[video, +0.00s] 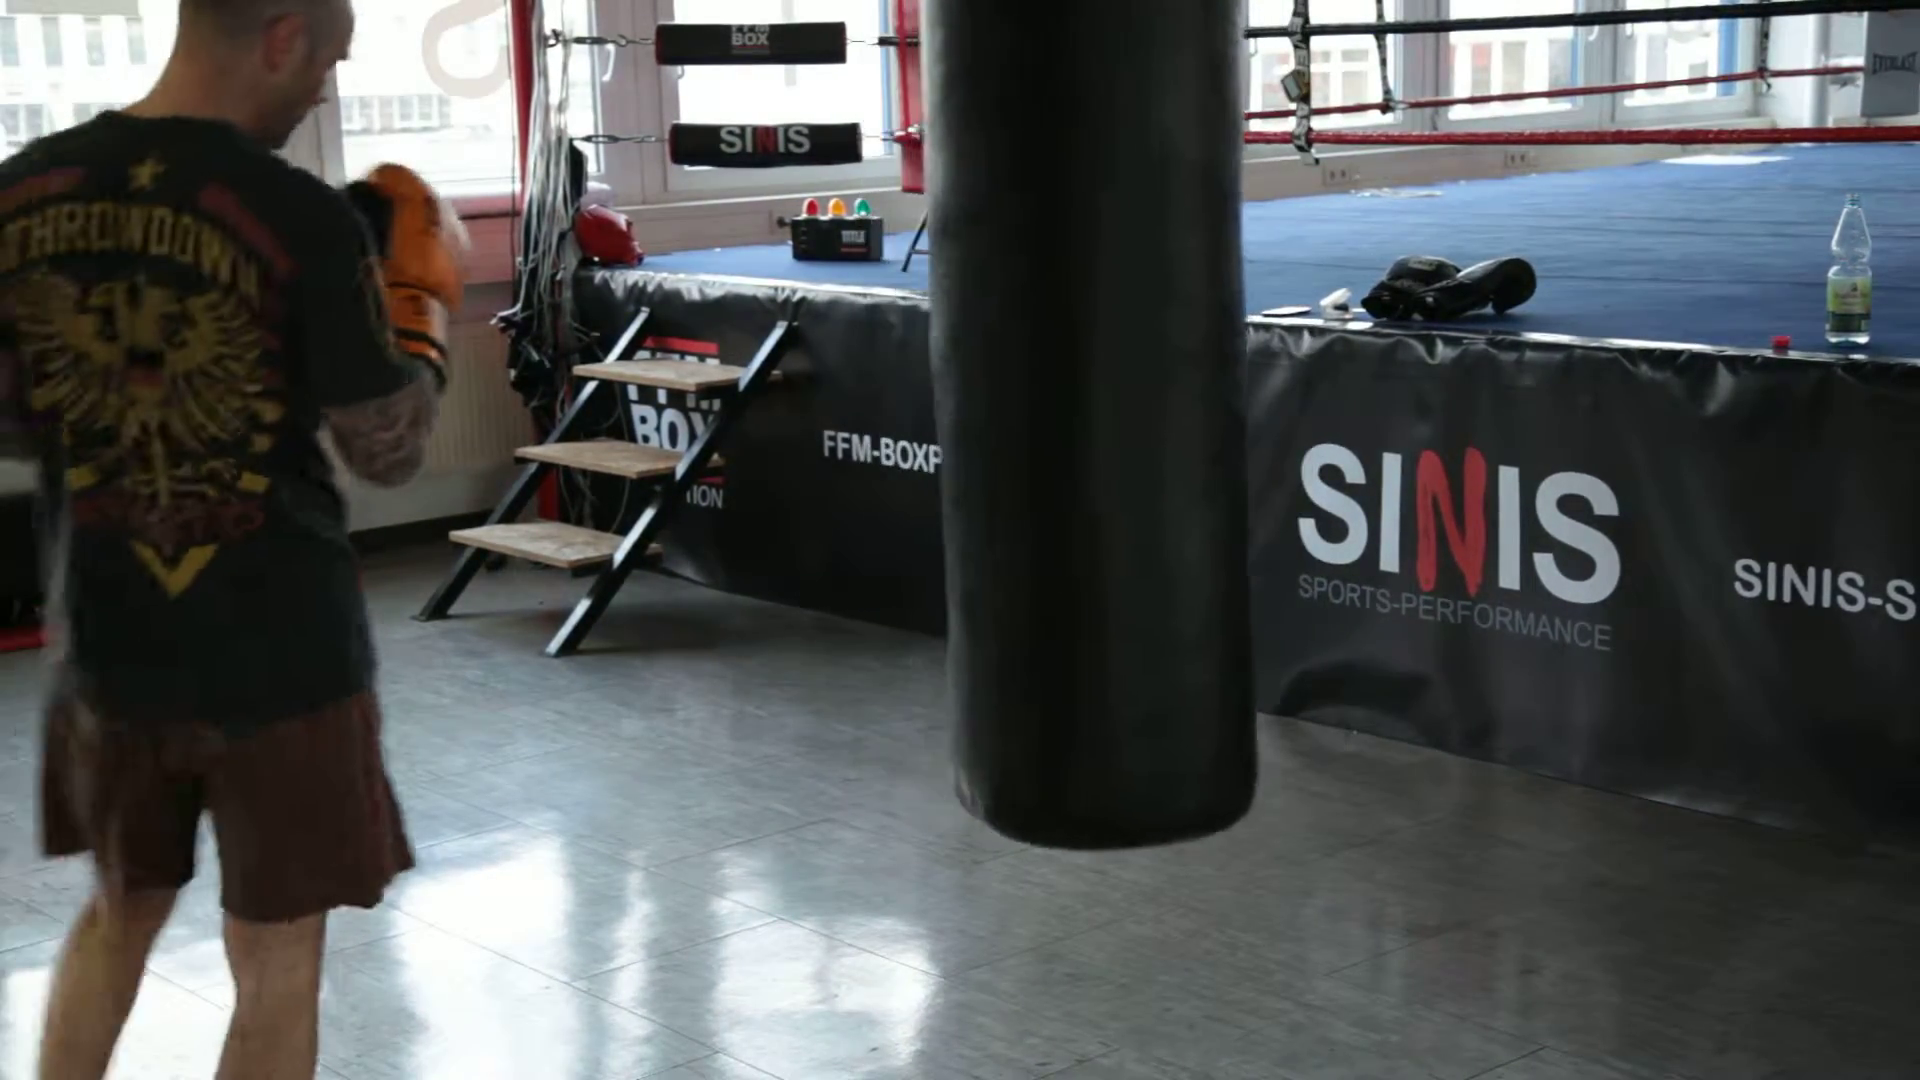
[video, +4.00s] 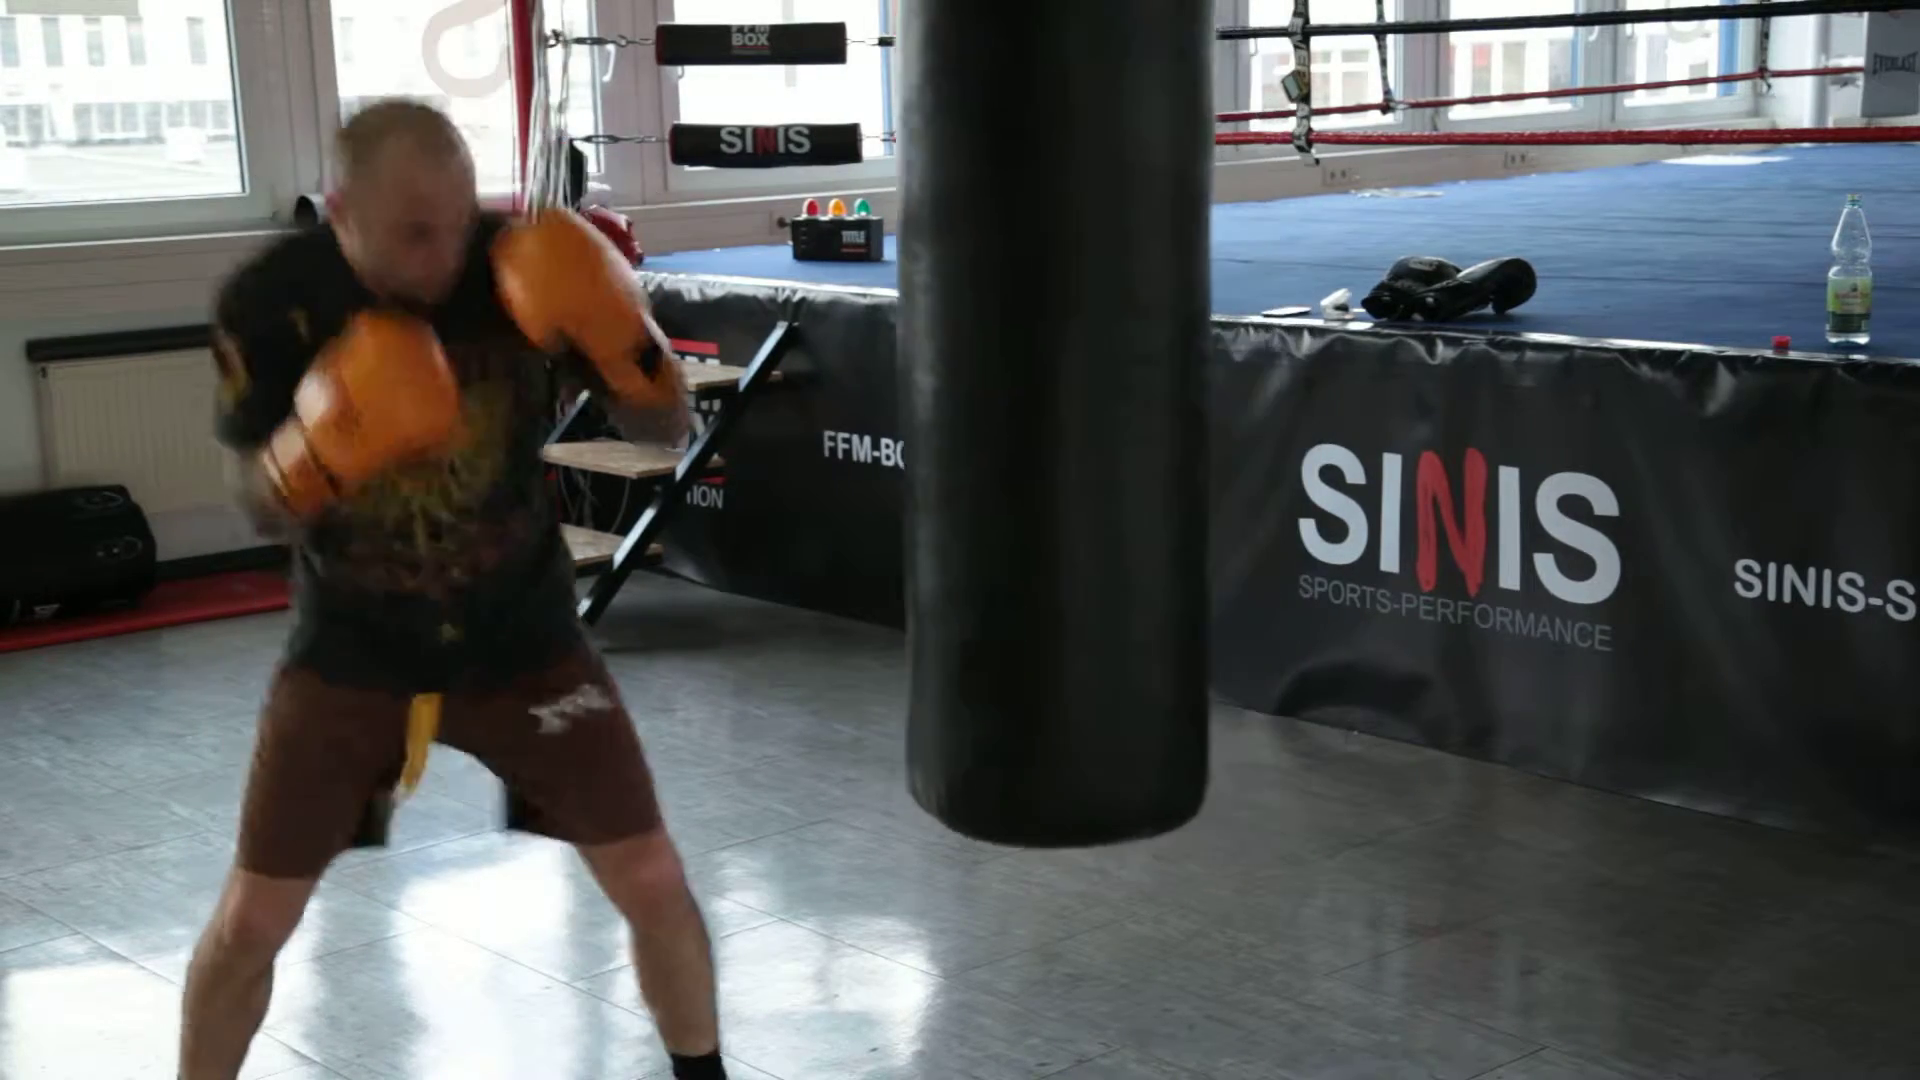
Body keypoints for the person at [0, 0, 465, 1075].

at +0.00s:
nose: (328, 94)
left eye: (337, 67)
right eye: (333, 62)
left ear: (191, 30)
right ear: (281, 38)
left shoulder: (23, 186)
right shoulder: (299, 216)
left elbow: (24, 414)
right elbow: (388, 446)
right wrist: (433, 297)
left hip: (108, 630)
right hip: (273, 639)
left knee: (120, 900)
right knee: (276, 966)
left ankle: (60, 1078)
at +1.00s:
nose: (481, 69)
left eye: (490, 45)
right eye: (455, 47)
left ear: (500, 42)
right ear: (381, 44)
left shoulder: (522, 190)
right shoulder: (300, 206)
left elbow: (554, 346)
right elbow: (243, 393)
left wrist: (637, 336)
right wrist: (360, 363)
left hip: (540, 548)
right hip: (400, 563)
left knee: (575, 802)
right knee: (389, 842)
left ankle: (534, 1020)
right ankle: (308, 996)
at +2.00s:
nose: (406, 125)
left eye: (425, 104)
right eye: (387, 101)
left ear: (444, 80)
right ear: (321, 69)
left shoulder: (449, 179)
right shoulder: (217, 176)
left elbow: (517, 353)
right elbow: (187, 363)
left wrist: (520, 280)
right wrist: (284, 264)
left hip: (436, 537)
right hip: (281, 547)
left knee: (495, 806)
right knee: (233, 833)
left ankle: (510, 1046)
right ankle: (203, 1045)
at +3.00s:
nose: (408, 139)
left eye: (423, 113)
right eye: (384, 112)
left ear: (439, 99)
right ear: (311, 88)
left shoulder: (457, 192)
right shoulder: (223, 216)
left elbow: (557, 372)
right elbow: (231, 418)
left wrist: (558, 279)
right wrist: (294, 294)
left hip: (469, 561)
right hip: (311, 574)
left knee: (583, 824)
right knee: (226, 865)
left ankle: (636, 1058)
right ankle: (156, 1058)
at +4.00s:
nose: (444, 256)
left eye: (460, 227)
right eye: (416, 234)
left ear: (479, 201)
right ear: (342, 213)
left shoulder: (523, 261)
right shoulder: (273, 301)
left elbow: (661, 428)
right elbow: (261, 498)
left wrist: (616, 328)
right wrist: (332, 437)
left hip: (525, 637)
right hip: (353, 646)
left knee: (654, 883)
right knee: (254, 921)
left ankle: (703, 1073)